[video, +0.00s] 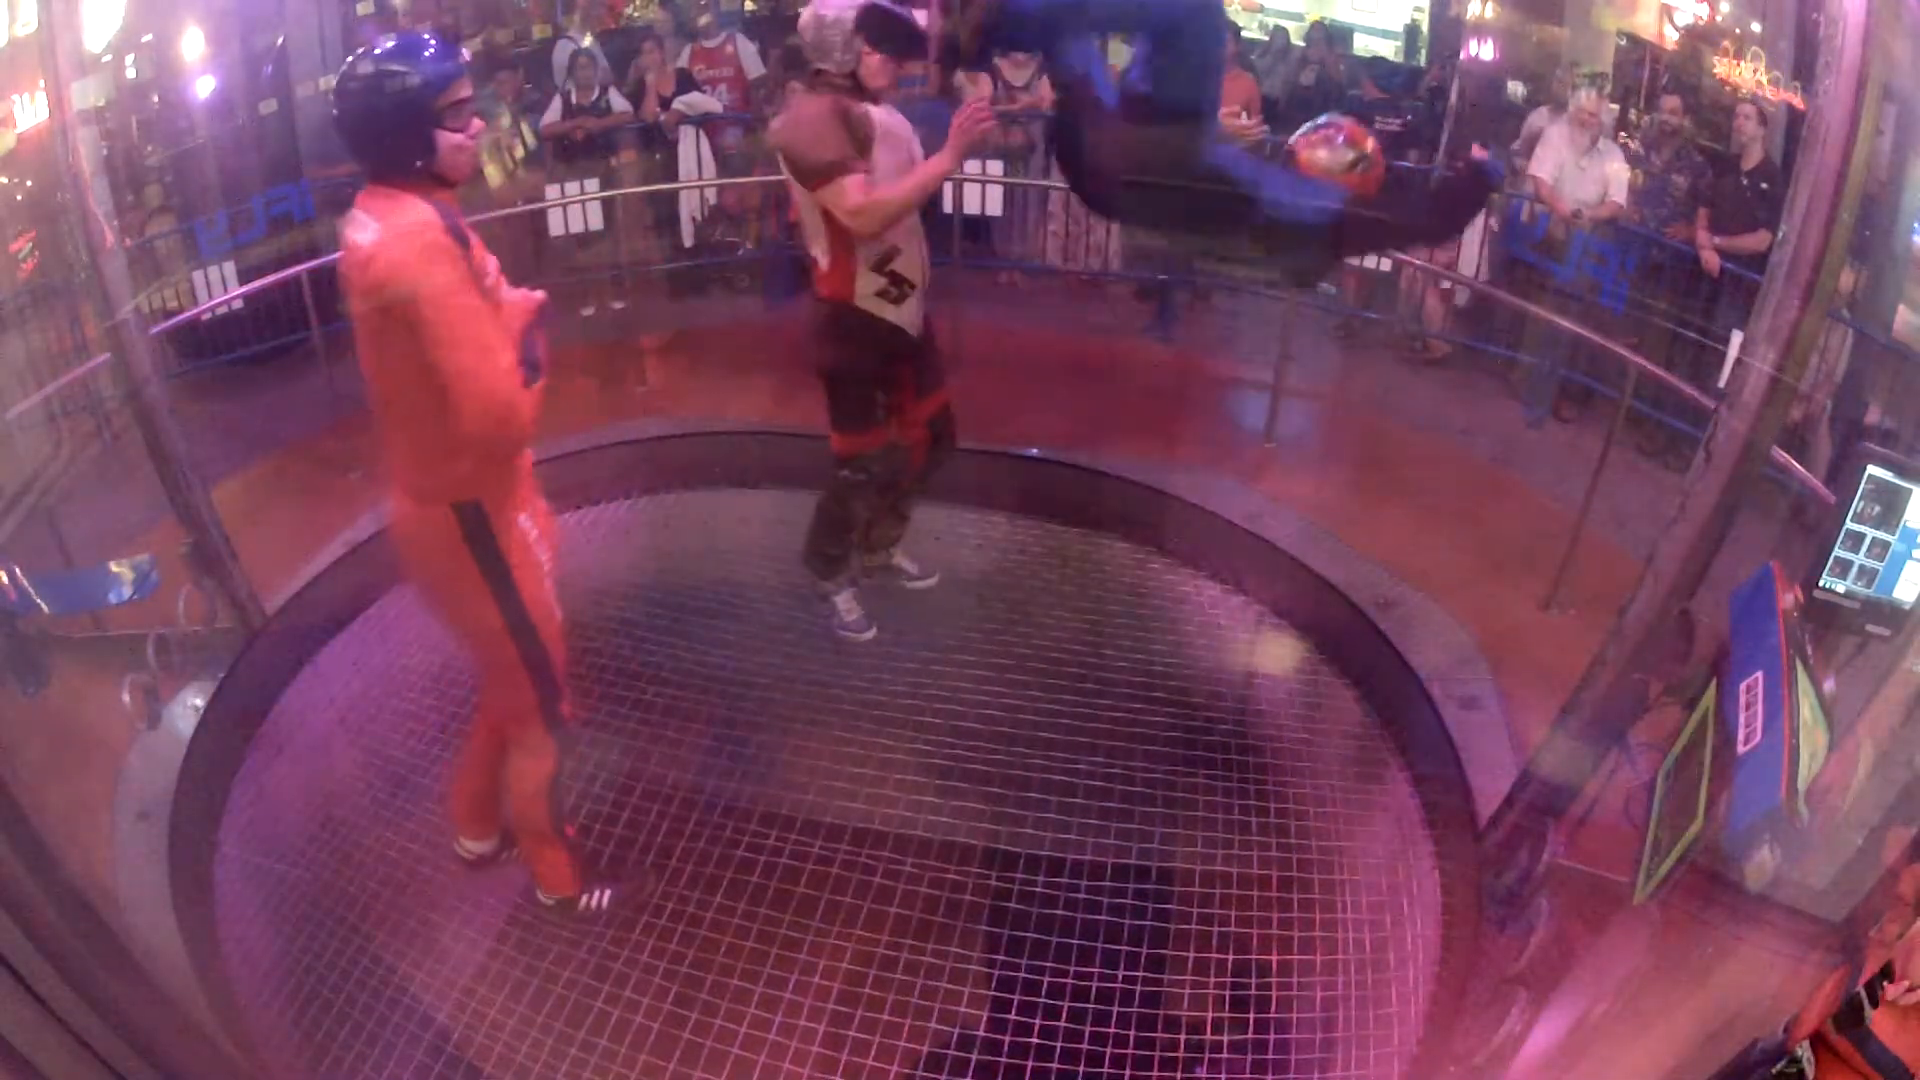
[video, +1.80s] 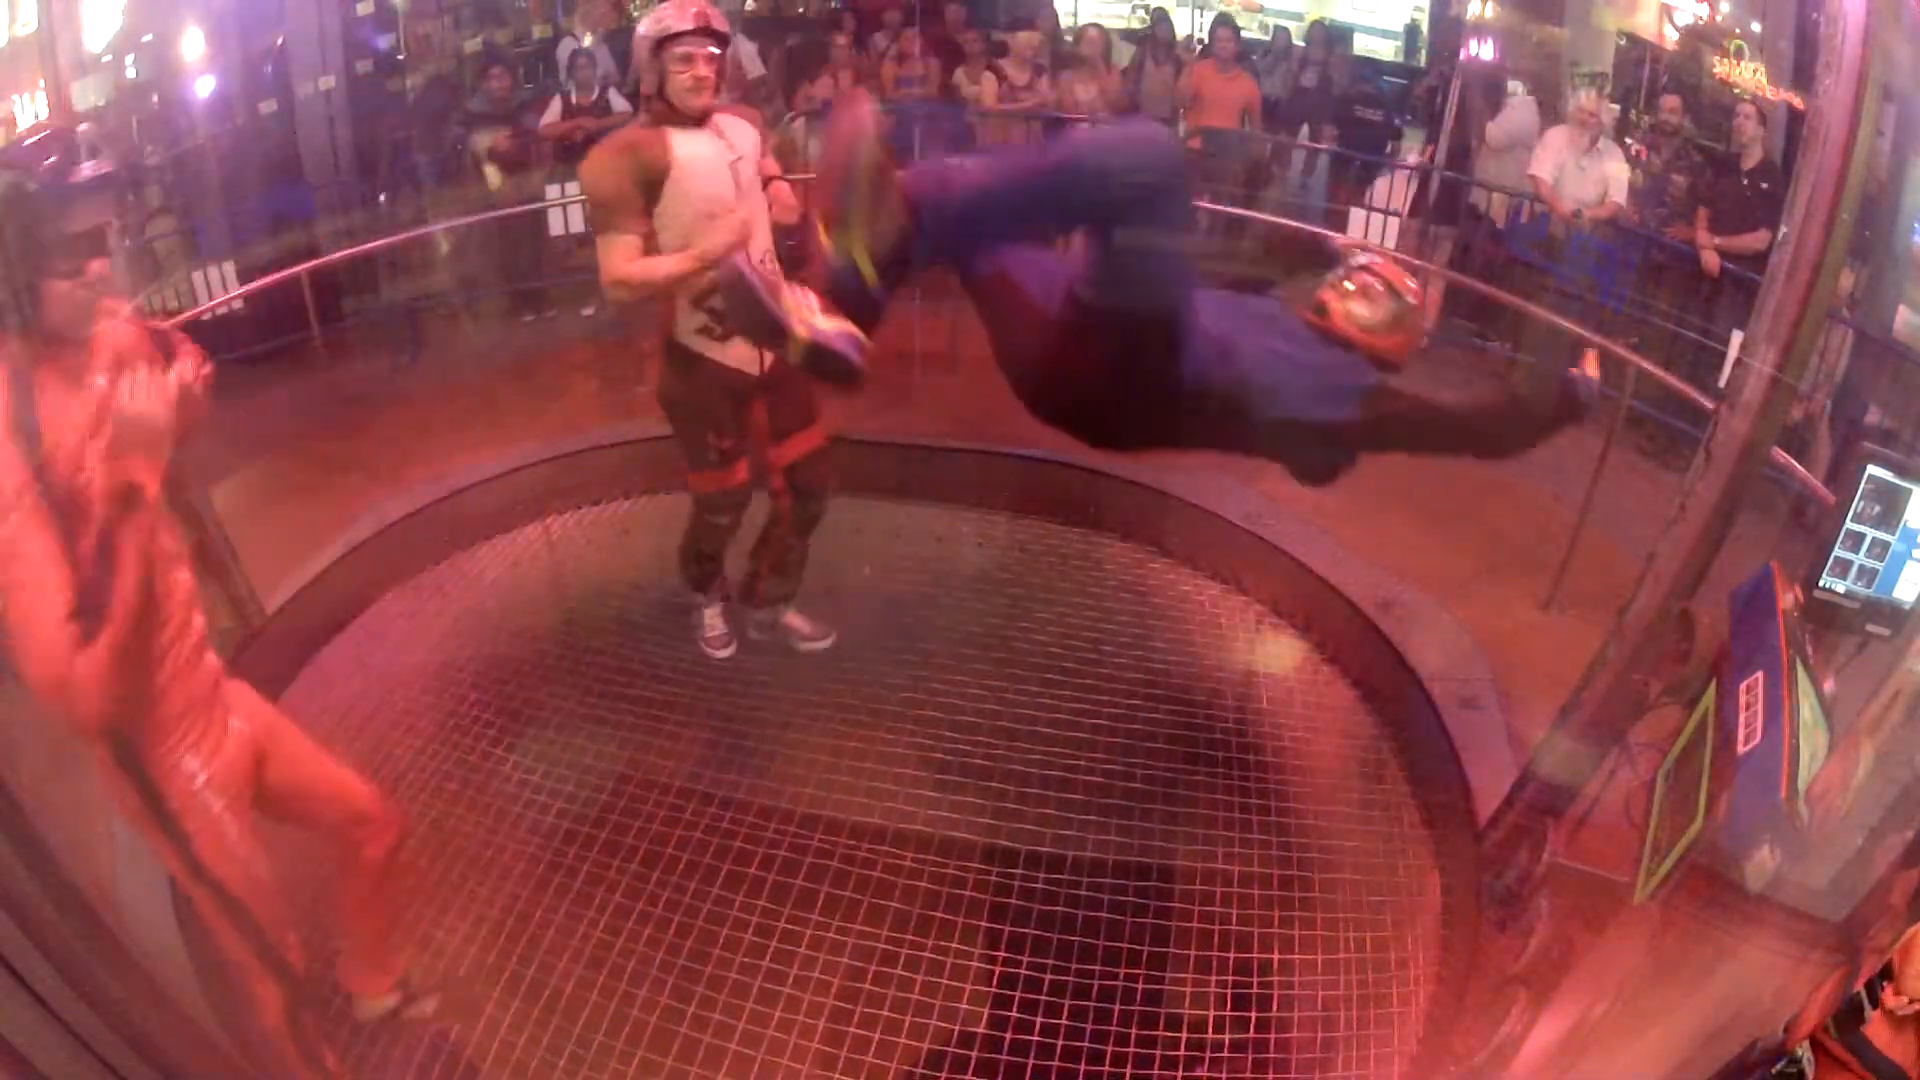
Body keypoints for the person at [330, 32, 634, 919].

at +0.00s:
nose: (477, 129)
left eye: (473, 111)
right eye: (458, 116)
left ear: (400, 135)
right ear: (410, 133)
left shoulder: (406, 215)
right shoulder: (412, 247)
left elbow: (486, 322)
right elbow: (489, 422)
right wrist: (522, 346)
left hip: (481, 489)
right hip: (461, 512)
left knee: (522, 659)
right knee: (533, 693)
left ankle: (474, 820)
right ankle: (554, 877)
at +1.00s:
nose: (397, 131)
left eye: (395, 112)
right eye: (373, 119)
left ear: (390, 121)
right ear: (317, 141)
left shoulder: (391, 211)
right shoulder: (298, 263)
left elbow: (413, 320)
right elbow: (357, 456)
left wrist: (456, 294)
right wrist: (446, 323)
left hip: (423, 519)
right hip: (364, 549)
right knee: (482, 774)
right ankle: (468, 984)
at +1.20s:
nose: (333, 156)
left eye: (331, 138)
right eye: (309, 144)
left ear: (324, 149)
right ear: (255, 162)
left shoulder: (327, 240)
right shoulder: (243, 288)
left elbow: (351, 385)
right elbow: (336, 498)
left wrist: (388, 333)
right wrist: (404, 357)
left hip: (395, 538)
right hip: (340, 577)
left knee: (450, 718)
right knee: (415, 836)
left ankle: (474, 846)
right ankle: (363, 1042)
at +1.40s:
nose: (265, 209)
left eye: (260, 189)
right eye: (238, 200)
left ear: (256, 194)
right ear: (181, 229)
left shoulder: (252, 303)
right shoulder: (178, 356)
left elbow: (301, 430)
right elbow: (277, 582)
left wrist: (336, 409)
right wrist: (340, 441)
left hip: (328, 632)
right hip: (273, 670)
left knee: (442, 754)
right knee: (326, 918)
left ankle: (477, 858)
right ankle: (321, 1071)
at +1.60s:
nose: (195, 277)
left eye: (193, 254)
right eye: (169, 261)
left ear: (193, 260)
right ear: (110, 282)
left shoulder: (190, 358)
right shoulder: (85, 424)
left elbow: (216, 516)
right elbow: (200, 657)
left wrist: (267, 430)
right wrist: (270, 465)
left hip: (251, 692)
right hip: (196, 731)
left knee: (425, 781)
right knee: (284, 970)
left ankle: (441, 901)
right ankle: (301, 1071)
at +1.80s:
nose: (106, 278)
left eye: (108, 254)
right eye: (75, 263)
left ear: (116, 259)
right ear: (22, 288)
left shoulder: (108, 367)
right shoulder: (19, 475)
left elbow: (145, 455)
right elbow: (84, 703)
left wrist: (174, 406)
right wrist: (126, 490)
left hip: (217, 693)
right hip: (161, 747)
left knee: (369, 822)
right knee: (262, 962)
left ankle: (372, 995)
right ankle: (303, 1070)